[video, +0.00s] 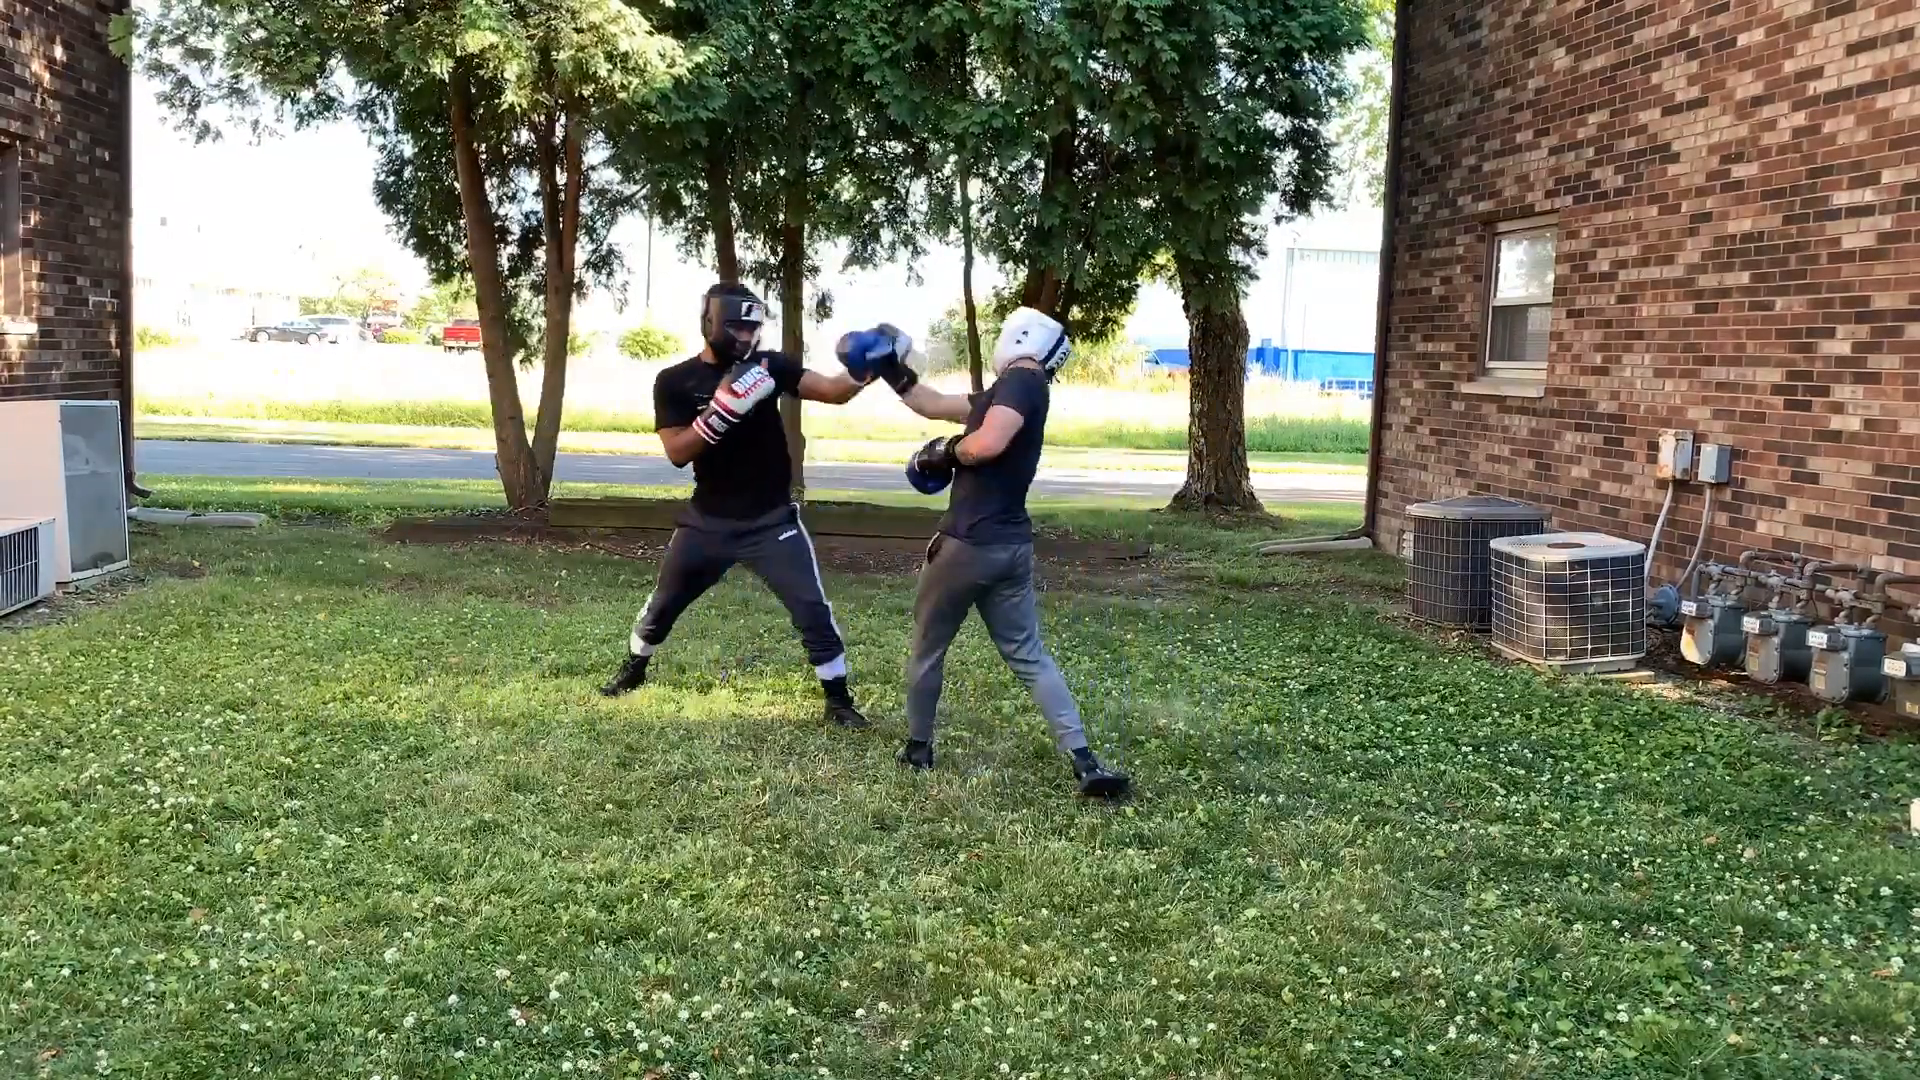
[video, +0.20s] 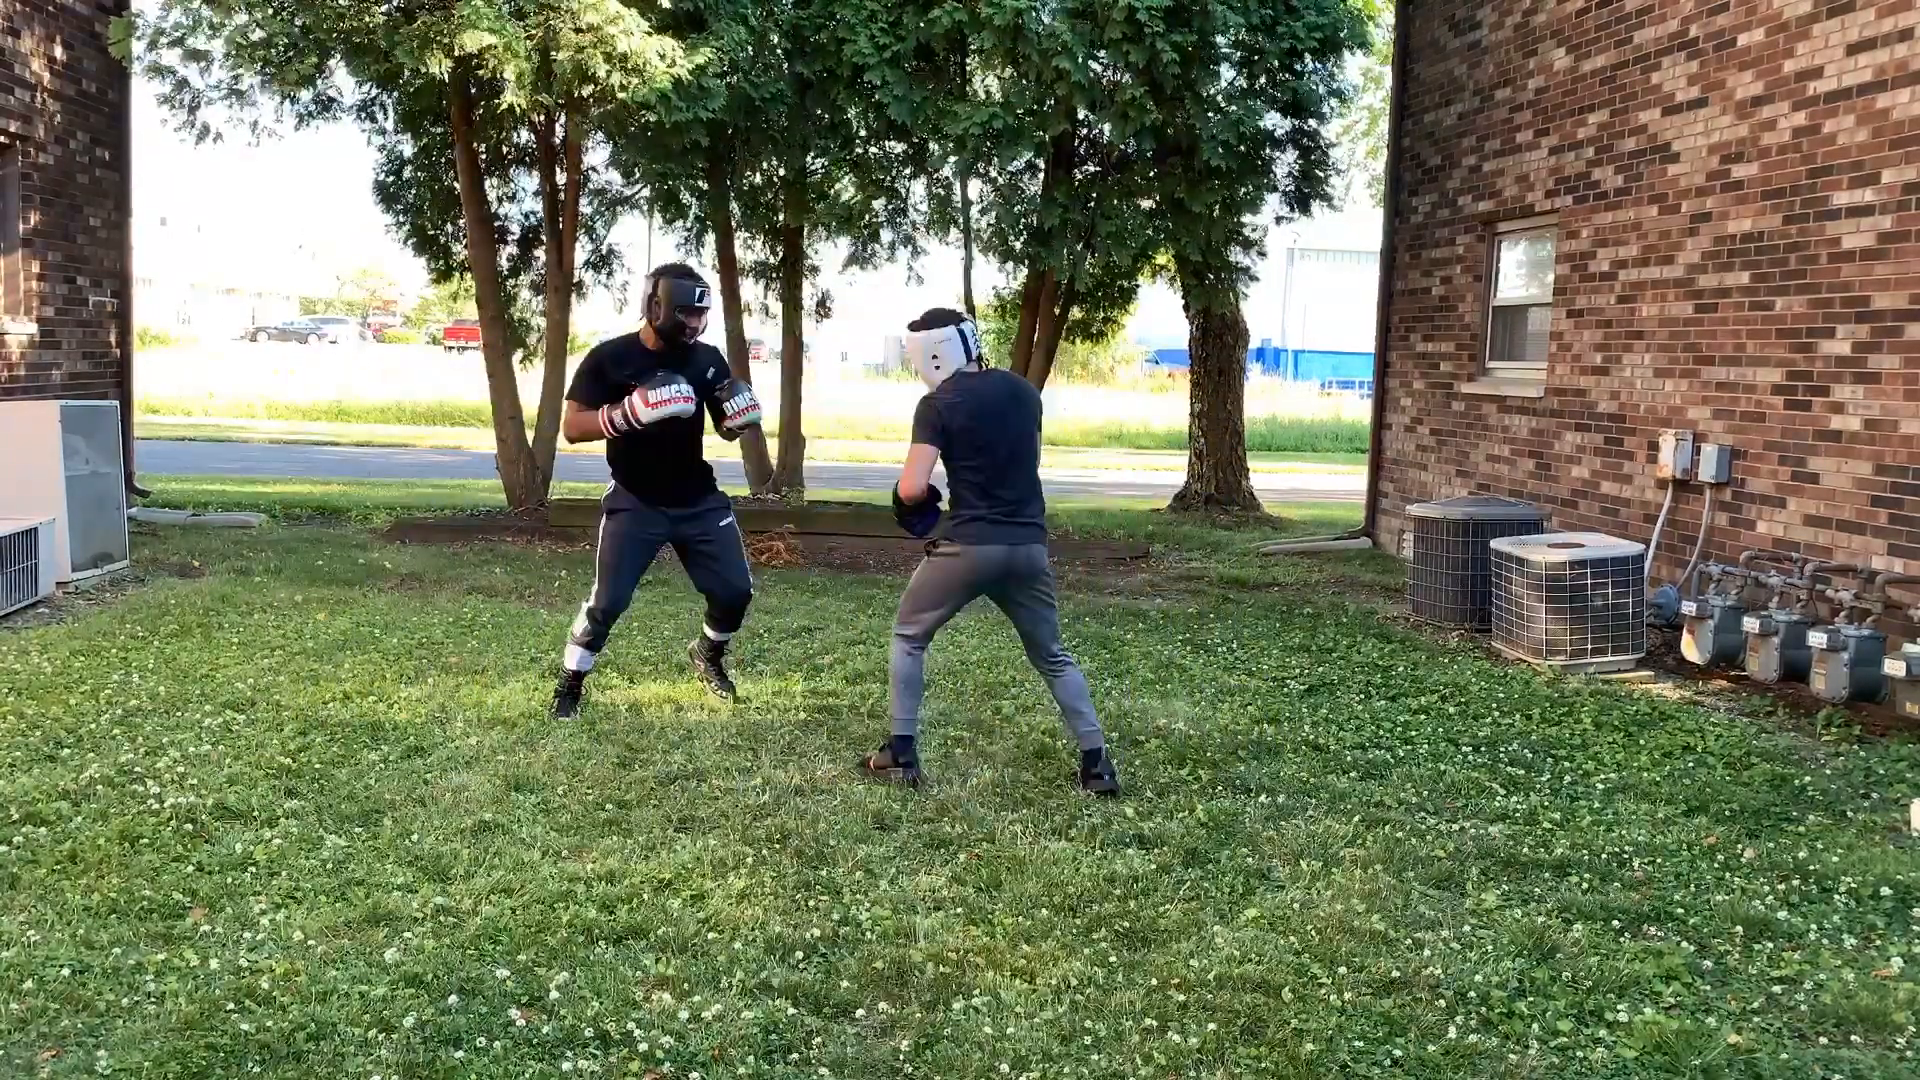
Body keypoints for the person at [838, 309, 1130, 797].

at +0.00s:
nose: (997, 344)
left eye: (1004, 337)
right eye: (1002, 338)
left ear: (1017, 341)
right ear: (1044, 354)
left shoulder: (1019, 382)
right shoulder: (1019, 391)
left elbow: (988, 443)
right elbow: (931, 403)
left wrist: (945, 452)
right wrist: (889, 365)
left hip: (969, 545)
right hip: (1011, 545)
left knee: (927, 647)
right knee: (1028, 654)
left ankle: (918, 749)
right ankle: (1085, 761)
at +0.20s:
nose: (918, 370)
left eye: (919, 360)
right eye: (916, 361)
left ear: (935, 356)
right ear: (971, 347)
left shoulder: (940, 403)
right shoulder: (1025, 391)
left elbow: (912, 488)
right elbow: (1027, 462)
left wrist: (916, 501)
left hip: (968, 544)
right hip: (1029, 545)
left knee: (909, 636)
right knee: (1054, 657)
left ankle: (902, 752)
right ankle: (1097, 760)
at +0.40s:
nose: (848, 394)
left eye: (848, 386)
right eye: (845, 386)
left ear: (868, 386)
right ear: (893, 374)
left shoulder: (901, 432)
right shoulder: (940, 393)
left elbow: (925, 507)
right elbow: (986, 401)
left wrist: (865, 486)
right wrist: (942, 415)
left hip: (957, 556)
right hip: (998, 548)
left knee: (880, 632)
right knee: (1016, 652)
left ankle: (870, 747)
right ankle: (1086, 750)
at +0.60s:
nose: (791, 413)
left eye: (797, 405)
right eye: (791, 405)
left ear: (825, 399)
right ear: (810, 398)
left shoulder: (883, 426)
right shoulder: (810, 416)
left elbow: (905, 502)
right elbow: (755, 451)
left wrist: (843, 478)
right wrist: (696, 488)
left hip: (933, 528)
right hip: (940, 521)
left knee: (897, 630)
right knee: (992, 614)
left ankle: (875, 746)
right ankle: (1079, 695)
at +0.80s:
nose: (774, 535)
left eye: (768, 530)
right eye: (767, 535)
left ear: (767, 508)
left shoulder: (825, 466)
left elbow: (900, 456)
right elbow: (808, 536)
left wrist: (862, 515)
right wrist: (826, 567)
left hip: (895, 519)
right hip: (853, 530)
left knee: (873, 625)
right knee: (870, 617)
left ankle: (874, 741)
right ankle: (941, 677)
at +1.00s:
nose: (707, 535)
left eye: (705, 529)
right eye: (700, 532)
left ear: (716, 504)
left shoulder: (770, 470)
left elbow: (849, 476)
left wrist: (806, 538)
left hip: (836, 515)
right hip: (779, 522)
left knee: (814, 624)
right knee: (785, 621)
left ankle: (864, 731)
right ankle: (820, 695)